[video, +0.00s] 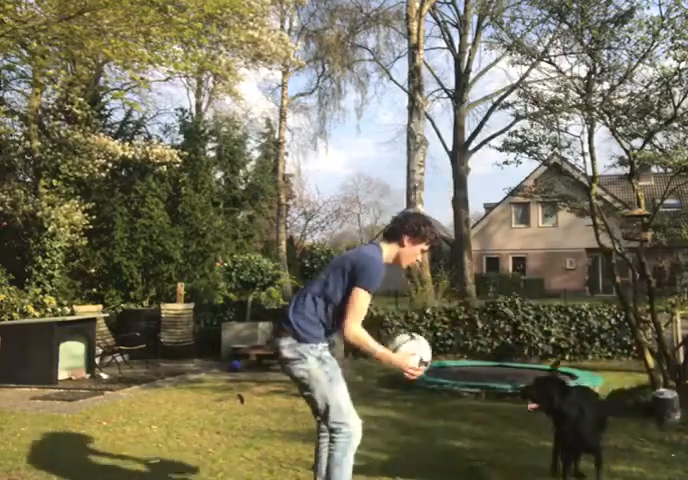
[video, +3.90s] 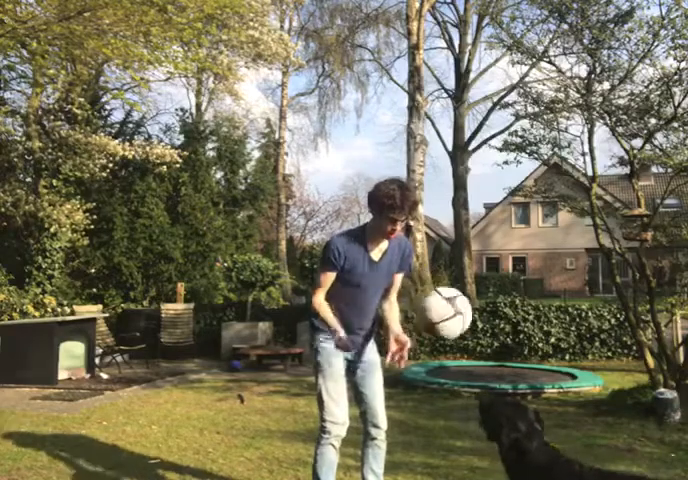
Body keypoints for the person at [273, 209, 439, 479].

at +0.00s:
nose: (419, 259)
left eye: (423, 253)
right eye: (421, 250)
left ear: (404, 238)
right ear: (406, 239)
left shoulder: (366, 256)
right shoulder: (371, 262)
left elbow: (350, 327)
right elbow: (351, 329)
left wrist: (394, 357)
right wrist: (396, 360)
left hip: (299, 340)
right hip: (303, 343)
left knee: (330, 426)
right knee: (347, 428)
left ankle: (323, 476)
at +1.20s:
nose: (435, 253)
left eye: (437, 246)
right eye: (435, 245)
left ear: (414, 239)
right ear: (418, 240)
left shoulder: (378, 264)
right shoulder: (403, 274)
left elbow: (376, 336)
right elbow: (395, 343)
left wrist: (413, 353)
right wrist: (442, 372)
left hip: (316, 346)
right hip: (330, 351)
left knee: (355, 428)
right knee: (373, 431)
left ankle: (349, 476)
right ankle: (353, 476)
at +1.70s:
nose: (456, 251)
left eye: (460, 244)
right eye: (457, 242)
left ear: (440, 233)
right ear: (441, 232)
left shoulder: (407, 259)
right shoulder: (406, 260)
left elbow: (365, 312)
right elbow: (365, 313)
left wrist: (387, 353)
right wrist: (399, 352)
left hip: (339, 338)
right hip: (334, 339)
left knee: (366, 425)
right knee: (371, 427)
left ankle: (353, 474)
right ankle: (353, 475)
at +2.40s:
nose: (424, 225)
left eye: (427, 219)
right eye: (422, 216)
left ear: (417, 216)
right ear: (401, 208)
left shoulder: (401, 247)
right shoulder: (366, 239)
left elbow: (374, 293)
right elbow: (337, 293)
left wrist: (396, 323)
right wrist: (380, 323)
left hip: (359, 338)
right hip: (335, 336)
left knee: (373, 425)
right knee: (356, 424)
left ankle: (362, 476)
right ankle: (345, 477)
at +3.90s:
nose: (397, 228)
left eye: (403, 222)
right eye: (391, 221)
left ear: (407, 219)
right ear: (374, 213)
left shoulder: (401, 248)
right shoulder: (341, 246)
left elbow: (390, 298)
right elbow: (317, 297)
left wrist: (396, 331)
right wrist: (336, 328)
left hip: (366, 340)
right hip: (330, 337)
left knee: (377, 424)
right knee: (334, 424)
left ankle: (373, 477)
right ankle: (323, 476)